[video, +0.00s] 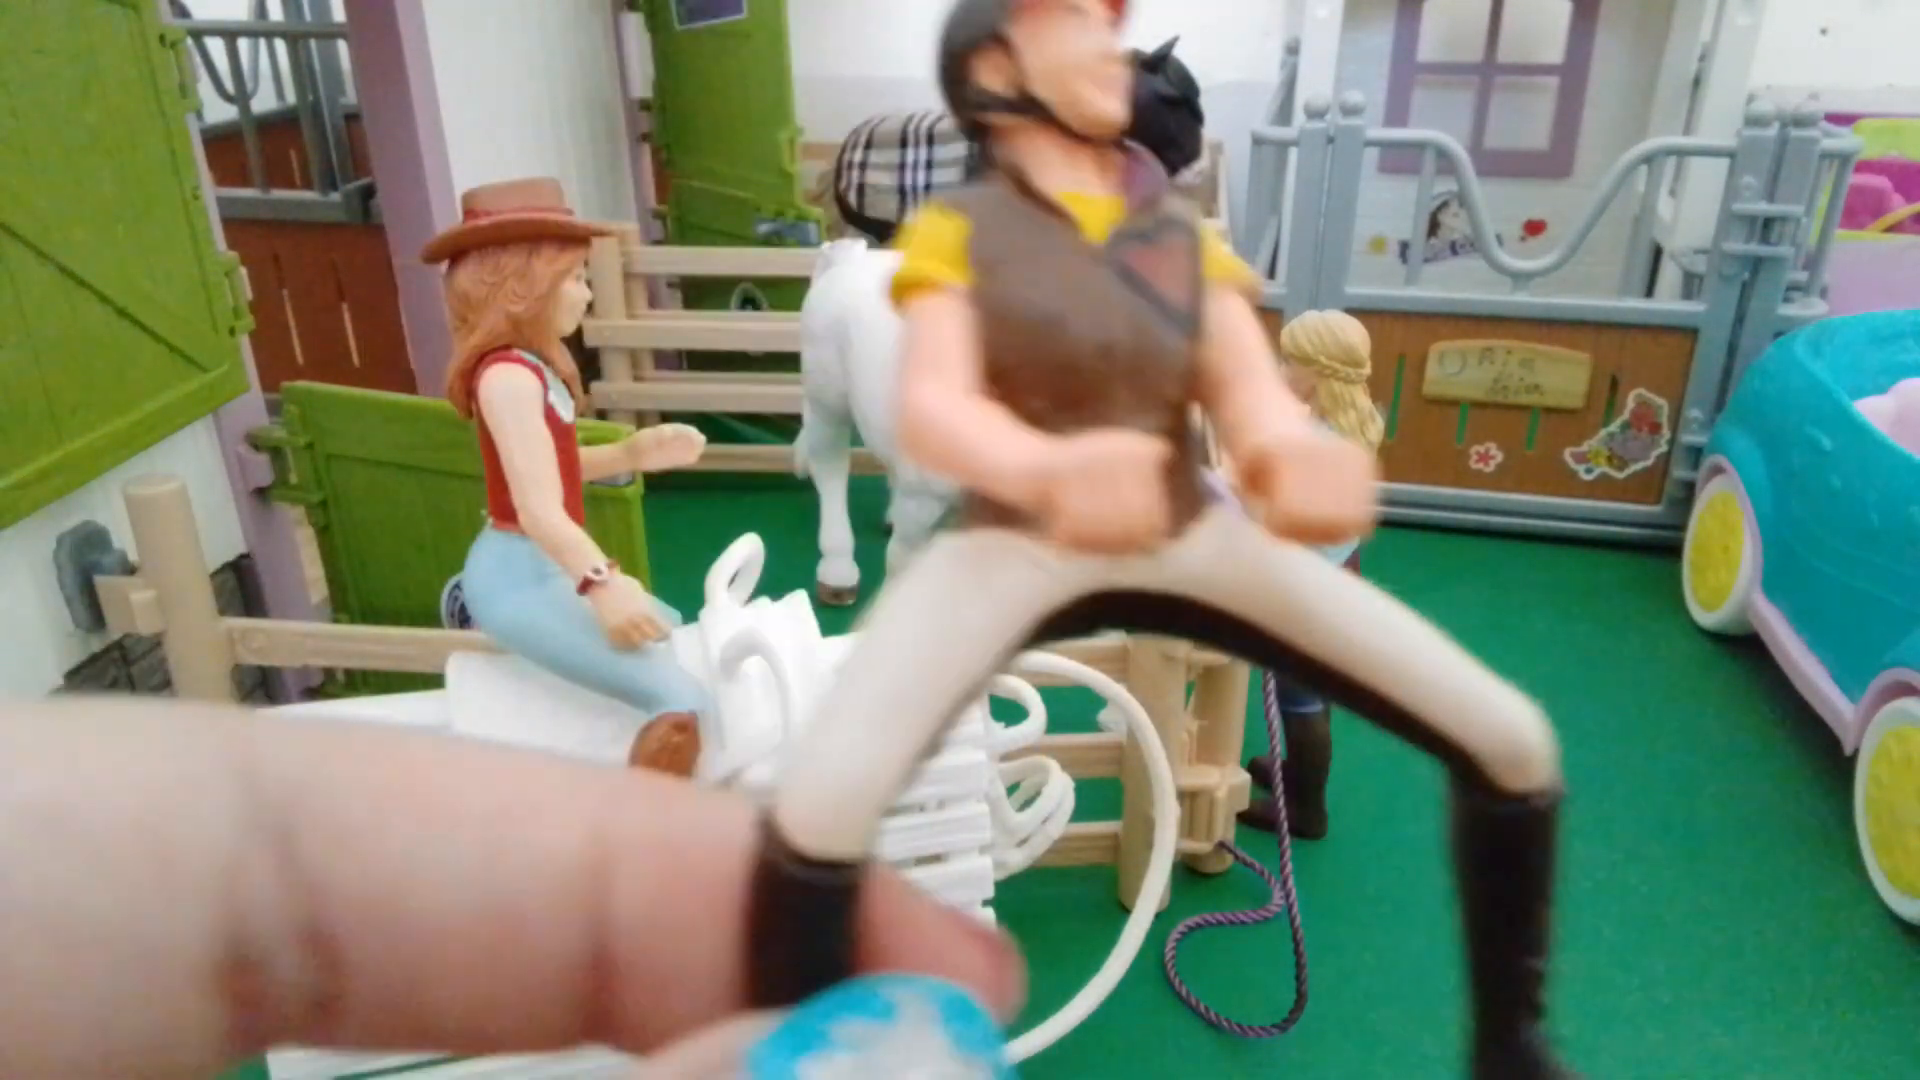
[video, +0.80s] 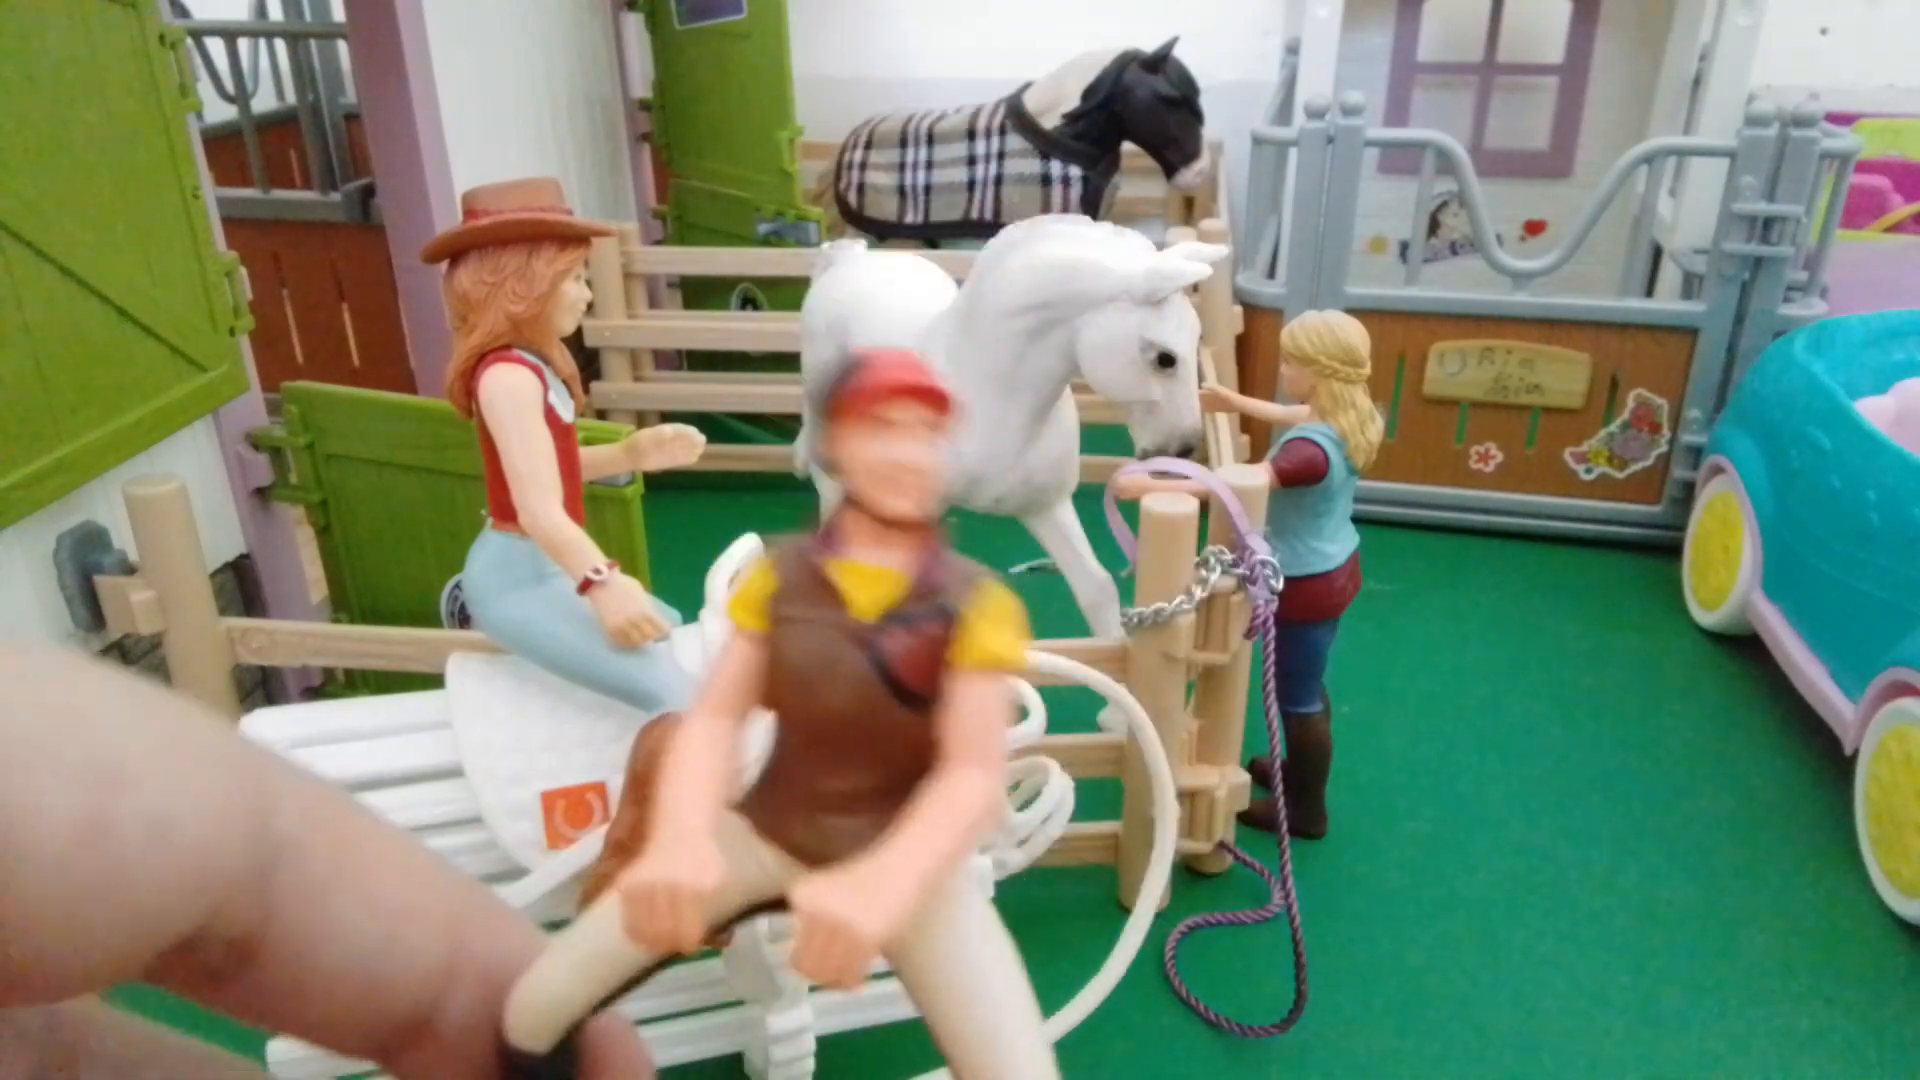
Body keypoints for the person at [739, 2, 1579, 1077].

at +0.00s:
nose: (1118, 29)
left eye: (1112, 14)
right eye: (1080, 14)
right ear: (993, 63)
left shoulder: (1182, 233)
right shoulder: (954, 226)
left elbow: (1250, 394)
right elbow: (930, 405)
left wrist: (1306, 464)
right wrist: (1052, 471)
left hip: (1191, 531)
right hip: (1013, 543)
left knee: (1512, 742)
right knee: (816, 813)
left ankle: (1512, 1050)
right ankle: (779, 1068)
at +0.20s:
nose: (1068, 109)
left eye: (1072, 89)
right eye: (1030, 90)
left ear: (1095, 117)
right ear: (959, 137)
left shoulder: (1148, 288)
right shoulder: (914, 292)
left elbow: (1205, 432)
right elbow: (878, 455)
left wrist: (1212, 509)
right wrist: (949, 525)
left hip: (1140, 574)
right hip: (960, 589)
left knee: (1441, 784)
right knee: (740, 832)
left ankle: (1452, 1065)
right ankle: (729, 1075)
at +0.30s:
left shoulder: (1064, 178)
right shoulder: (828, 217)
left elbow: (1134, 354)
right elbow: (796, 392)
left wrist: (1090, 446)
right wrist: (806, 489)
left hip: (1079, 512)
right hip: (902, 533)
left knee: (1399, 716)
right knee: (686, 842)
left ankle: (1470, 1045)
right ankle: (737, 1063)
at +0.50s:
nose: (959, 268)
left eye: (977, 246)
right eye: (935, 245)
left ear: (1004, 266)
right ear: (892, 267)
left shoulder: (1042, 430)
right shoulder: (828, 432)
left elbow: (1058, 592)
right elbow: (777, 595)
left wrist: (996, 705)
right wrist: (782, 702)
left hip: (991, 696)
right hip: (839, 698)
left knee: (1212, 955)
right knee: (598, 937)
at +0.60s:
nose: (954, 415)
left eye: (965, 390)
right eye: (922, 388)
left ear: (983, 405)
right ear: (866, 403)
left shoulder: (1008, 567)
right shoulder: (805, 539)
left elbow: (1014, 729)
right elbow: (745, 684)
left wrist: (955, 848)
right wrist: (741, 810)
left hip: (941, 816)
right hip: (796, 799)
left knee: (1086, 1065)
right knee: (551, 994)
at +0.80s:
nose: (909, 450)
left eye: (926, 429)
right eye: (882, 425)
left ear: (947, 448)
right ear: (835, 445)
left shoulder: (977, 603)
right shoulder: (780, 574)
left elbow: (974, 776)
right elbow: (716, 715)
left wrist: (875, 891)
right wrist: (681, 838)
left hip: (912, 851)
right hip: (770, 835)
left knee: (1020, 1069)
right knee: (532, 1012)